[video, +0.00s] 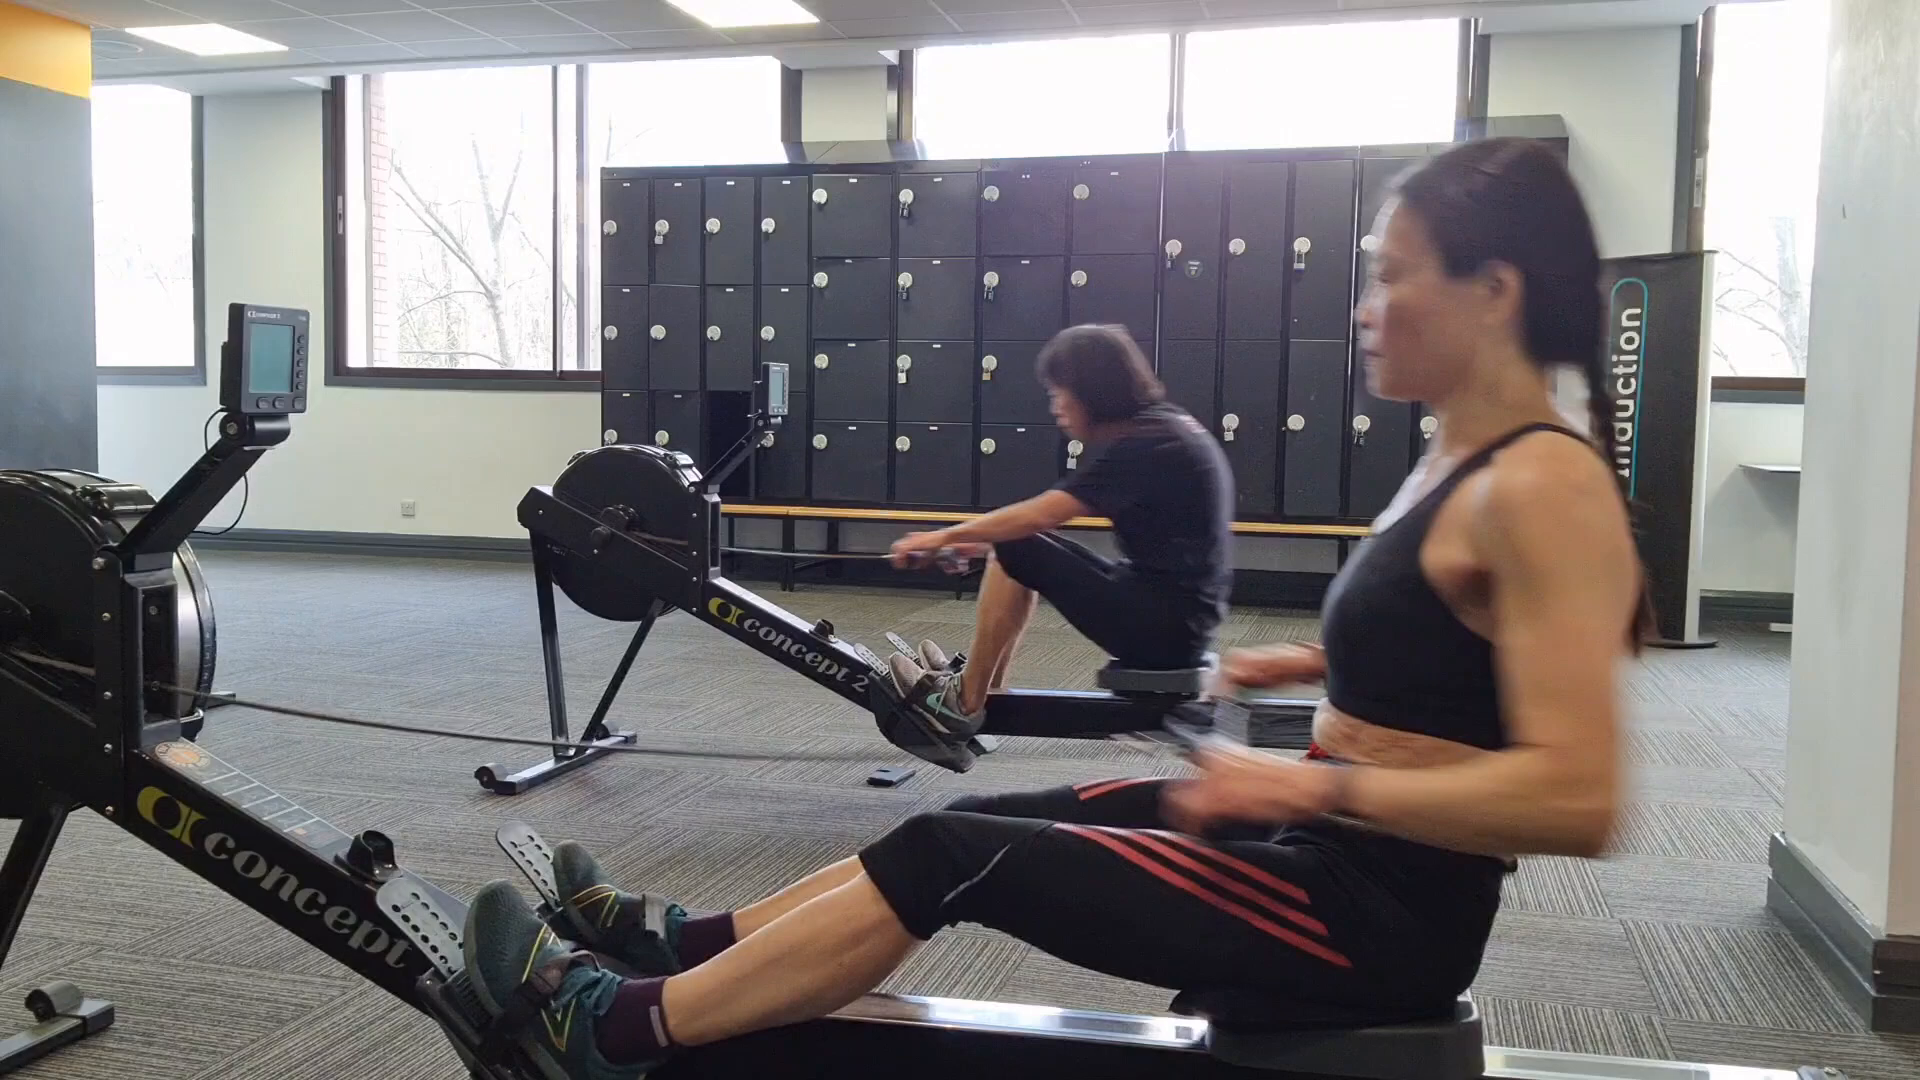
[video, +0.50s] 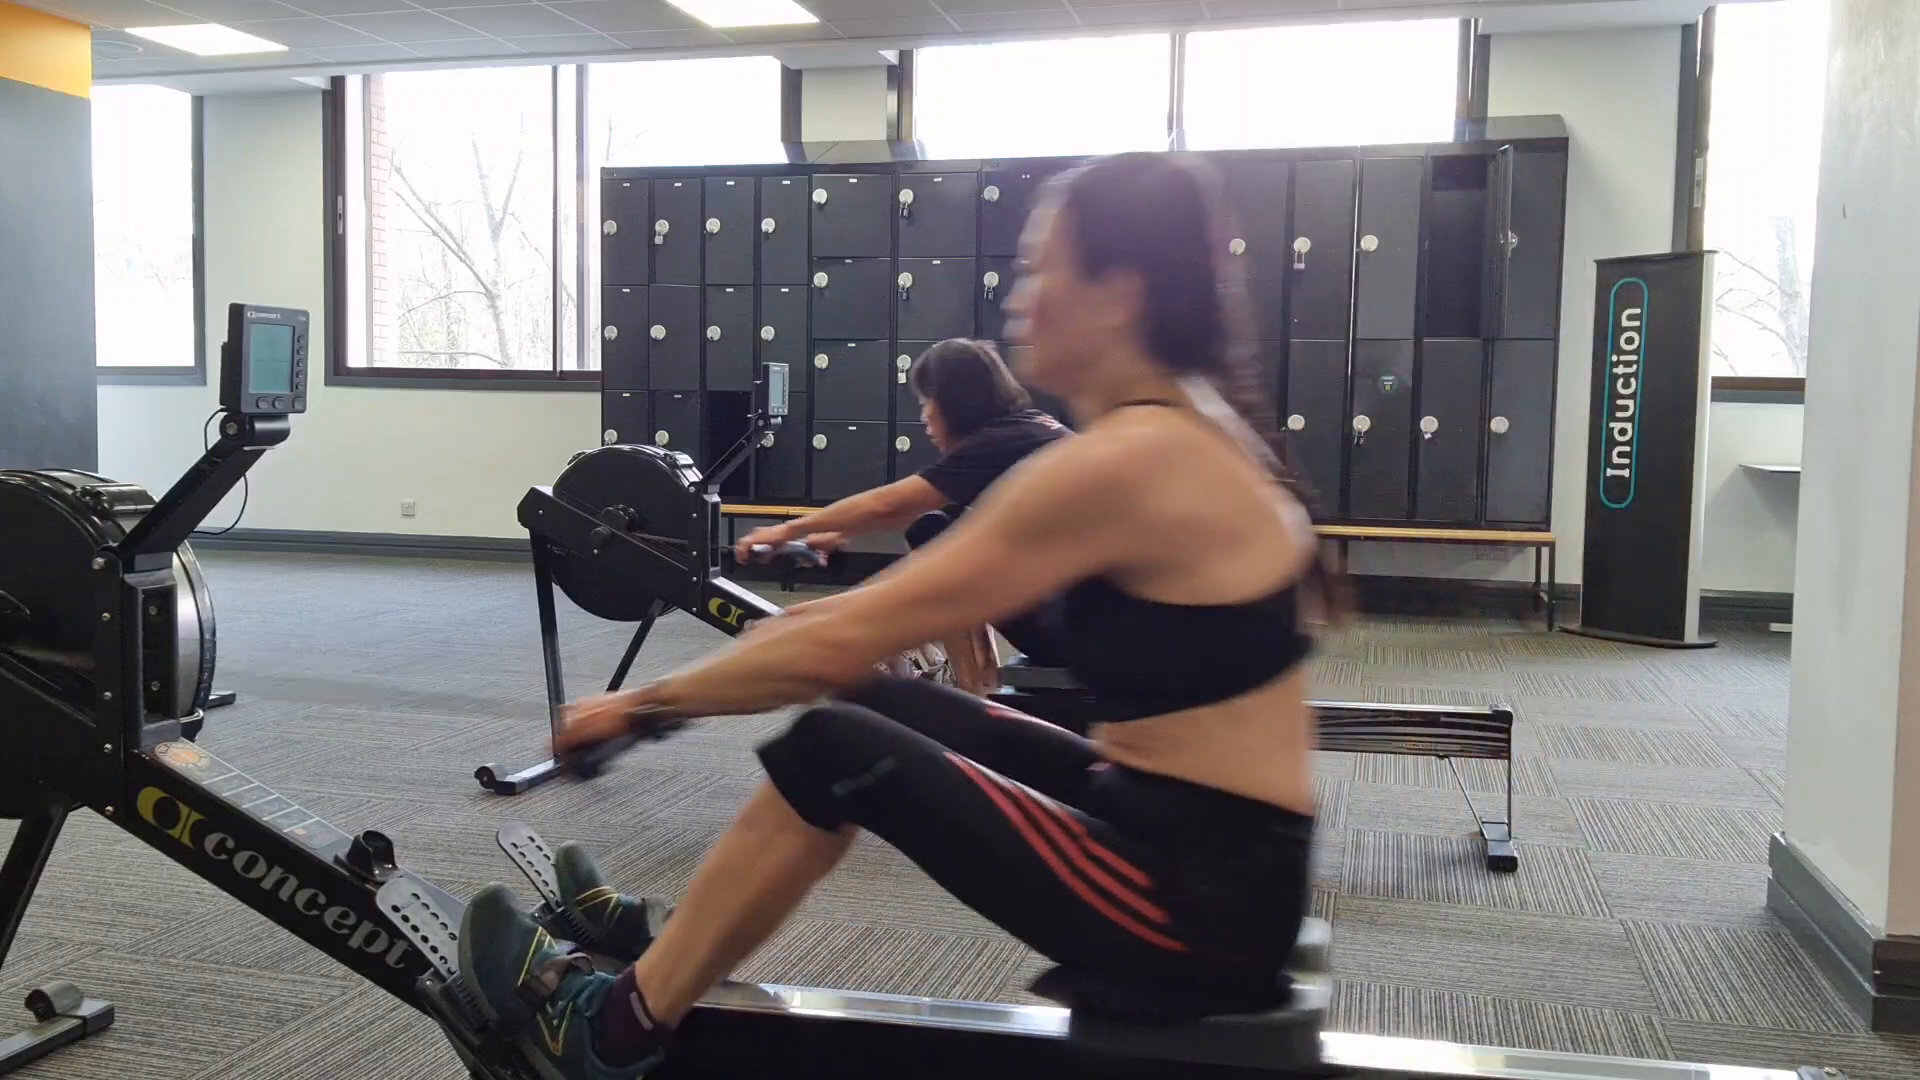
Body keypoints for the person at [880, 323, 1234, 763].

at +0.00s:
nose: (1055, 410)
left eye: (1059, 396)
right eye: (1053, 398)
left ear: (1093, 390)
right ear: (1116, 385)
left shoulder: (1146, 443)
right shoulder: (1170, 429)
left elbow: (1040, 515)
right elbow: (1052, 514)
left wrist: (940, 537)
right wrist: (981, 540)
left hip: (1165, 633)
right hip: (1181, 622)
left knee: (1017, 549)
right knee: (1026, 541)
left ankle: (966, 702)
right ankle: (985, 687)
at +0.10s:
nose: (1030, 412)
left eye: (1034, 397)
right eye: (1028, 399)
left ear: (1068, 392)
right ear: (1091, 386)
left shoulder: (1112, 447)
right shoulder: (1147, 428)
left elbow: (1013, 514)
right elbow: (1032, 514)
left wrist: (913, 537)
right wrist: (969, 545)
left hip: (1148, 628)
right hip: (1174, 618)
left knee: (1000, 544)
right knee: (1018, 538)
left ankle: (966, 700)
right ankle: (986, 683)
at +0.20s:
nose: (996, 413)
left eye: (1000, 398)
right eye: (994, 400)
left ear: (1034, 394)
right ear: (1059, 387)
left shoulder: (1082, 445)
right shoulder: (1113, 430)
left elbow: (974, 510)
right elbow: (1005, 506)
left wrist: (873, 539)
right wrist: (931, 541)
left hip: (1118, 620)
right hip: (1145, 612)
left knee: (977, 540)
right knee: (993, 532)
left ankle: (974, 681)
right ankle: (984, 676)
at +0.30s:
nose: (965, 416)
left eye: (969, 402)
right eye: (964, 403)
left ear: (1001, 397)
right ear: (1027, 390)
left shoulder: (1049, 444)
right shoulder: (1076, 430)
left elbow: (935, 511)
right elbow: (975, 505)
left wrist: (836, 541)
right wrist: (899, 542)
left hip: (1099, 615)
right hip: (1118, 606)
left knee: (960, 536)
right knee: (971, 527)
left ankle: (973, 675)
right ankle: (984, 671)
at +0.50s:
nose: (923, 418)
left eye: (927, 403)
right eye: (922, 404)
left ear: (957, 402)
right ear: (989, 391)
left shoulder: (996, 445)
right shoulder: (1024, 431)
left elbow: (887, 506)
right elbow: (905, 508)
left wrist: (788, 530)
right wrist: (843, 534)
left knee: (930, 536)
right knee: (933, 528)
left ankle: (974, 686)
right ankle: (983, 679)